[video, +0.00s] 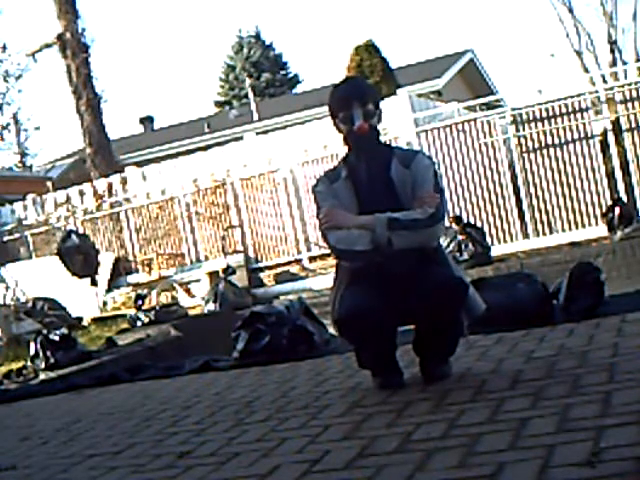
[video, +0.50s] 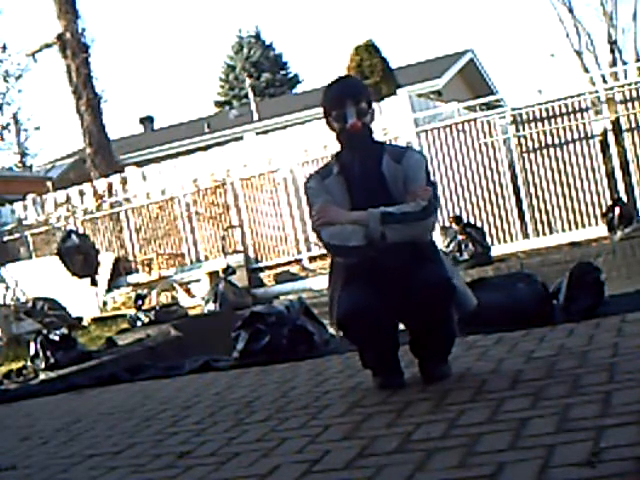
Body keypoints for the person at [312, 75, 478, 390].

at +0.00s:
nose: (360, 125)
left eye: (368, 113)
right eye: (348, 118)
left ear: (379, 114)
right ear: (336, 124)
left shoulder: (415, 163)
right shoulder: (327, 185)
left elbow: (432, 227)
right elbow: (341, 244)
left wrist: (357, 222)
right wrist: (412, 217)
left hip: (421, 267)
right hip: (364, 277)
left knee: (447, 290)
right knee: (355, 313)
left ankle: (435, 358)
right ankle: (384, 368)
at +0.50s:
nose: (353, 123)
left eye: (361, 111)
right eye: (341, 116)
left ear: (373, 112)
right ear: (329, 122)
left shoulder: (407, 159)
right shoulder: (319, 183)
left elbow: (425, 218)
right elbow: (335, 241)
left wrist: (349, 217)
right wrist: (406, 215)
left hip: (415, 262)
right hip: (359, 275)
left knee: (433, 290)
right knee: (358, 311)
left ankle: (434, 361)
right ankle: (385, 369)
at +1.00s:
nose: (344, 127)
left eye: (351, 118)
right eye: (333, 121)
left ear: (362, 121)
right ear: (320, 129)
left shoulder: (395, 167)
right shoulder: (310, 192)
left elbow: (414, 211)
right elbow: (328, 242)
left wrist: (341, 220)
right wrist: (388, 218)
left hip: (411, 263)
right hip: (363, 281)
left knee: (411, 246)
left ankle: (459, 350)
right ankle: (388, 366)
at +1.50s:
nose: (364, 110)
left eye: (370, 99)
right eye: (352, 103)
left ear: (383, 99)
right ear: (341, 110)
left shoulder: (421, 143)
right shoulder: (337, 171)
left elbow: (435, 188)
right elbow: (340, 210)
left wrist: (359, 188)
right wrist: (404, 194)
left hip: (428, 264)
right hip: (370, 275)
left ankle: (436, 360)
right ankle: (377, 368)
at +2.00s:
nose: (365, 99)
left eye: (372, 88)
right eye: (353, 91)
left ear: (384, 90)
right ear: (340, 98)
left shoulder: (413, 138)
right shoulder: (324, 158)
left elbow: (430, 181)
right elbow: (332, 208)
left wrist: (353, 182)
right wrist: (404, 188)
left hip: (430, 250)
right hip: (373, 264)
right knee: (399, 307)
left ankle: (470, 336)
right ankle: (401, 373)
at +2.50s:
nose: (361, 94)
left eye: (367, 83)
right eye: (348, 88)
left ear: (381, 83)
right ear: (337, 97)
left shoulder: (422, 126)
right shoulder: (333, 154)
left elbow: (440, 166)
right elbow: (337, 190)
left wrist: (374, 167)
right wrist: (407, 173)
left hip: (432, 242)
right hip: (375, 255)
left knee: (448, 275)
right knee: (383, 294)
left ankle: (460, 369)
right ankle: (387, 378)